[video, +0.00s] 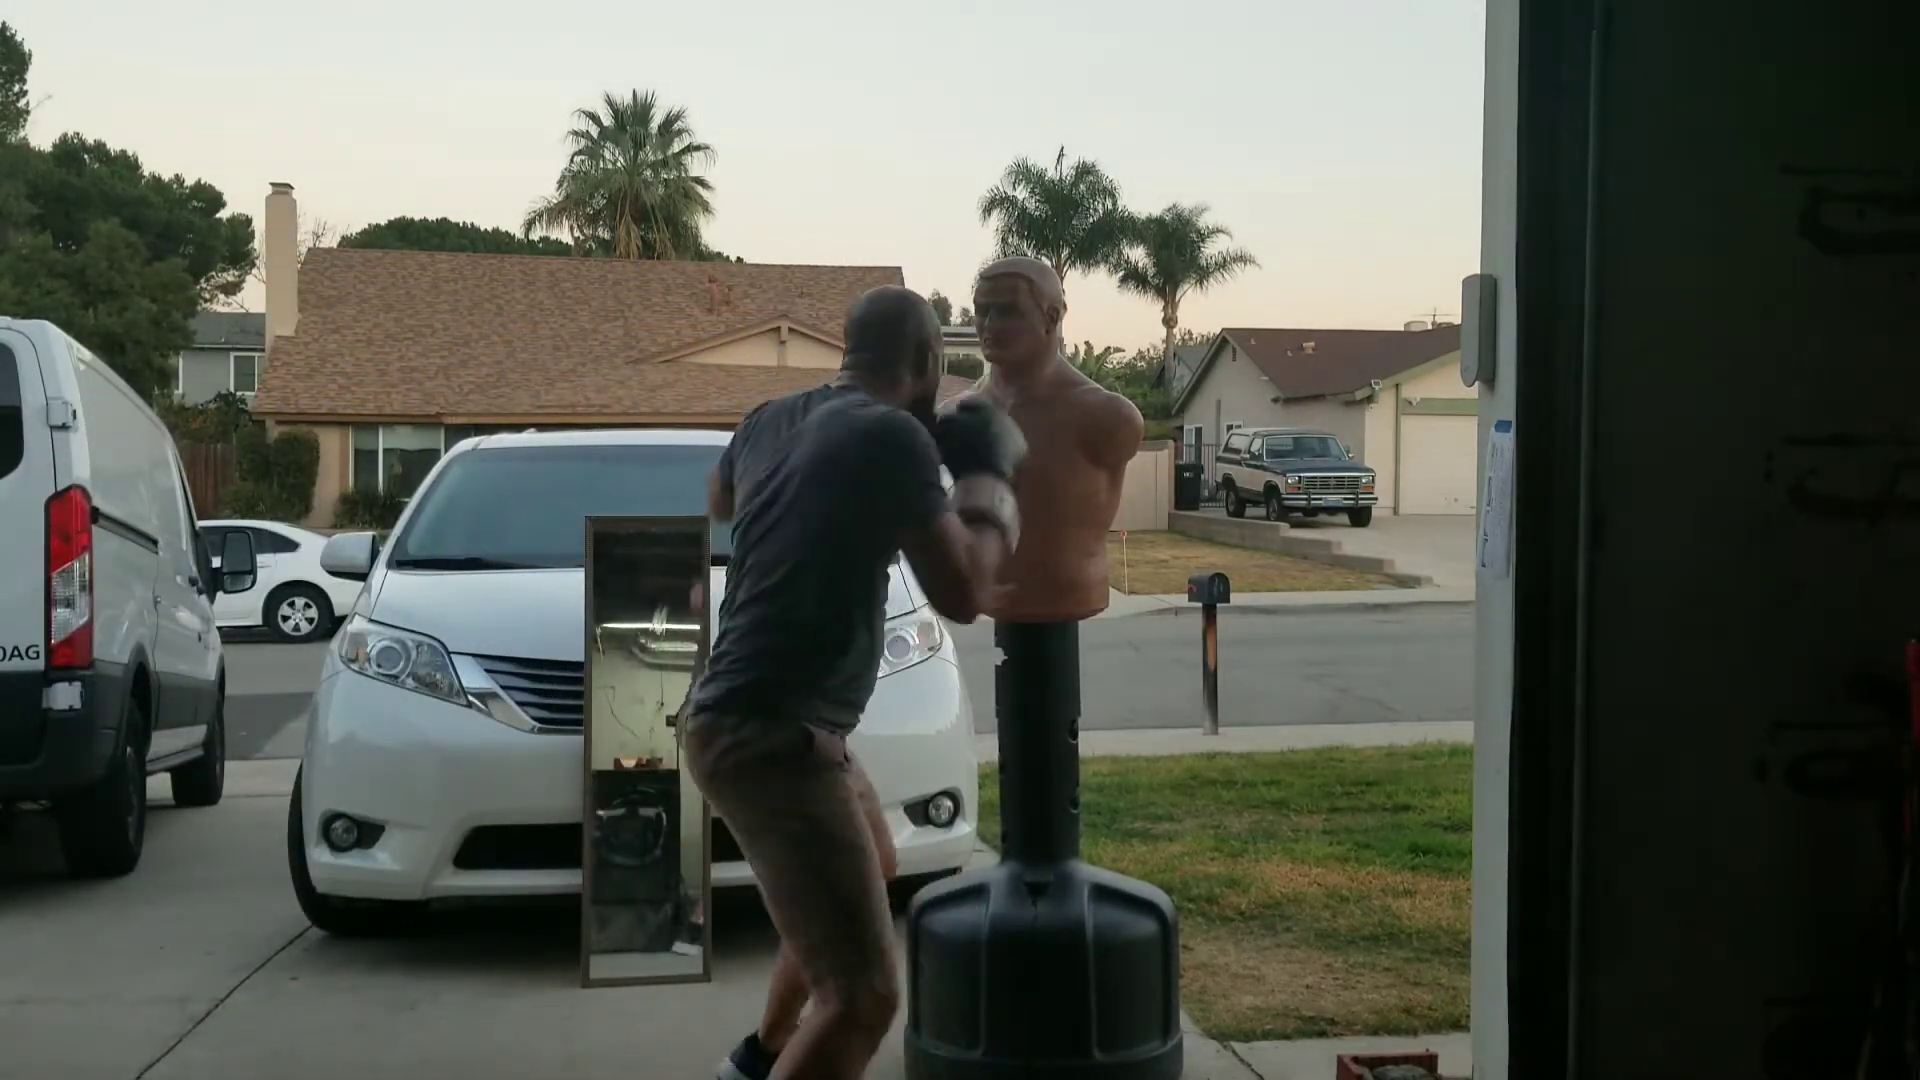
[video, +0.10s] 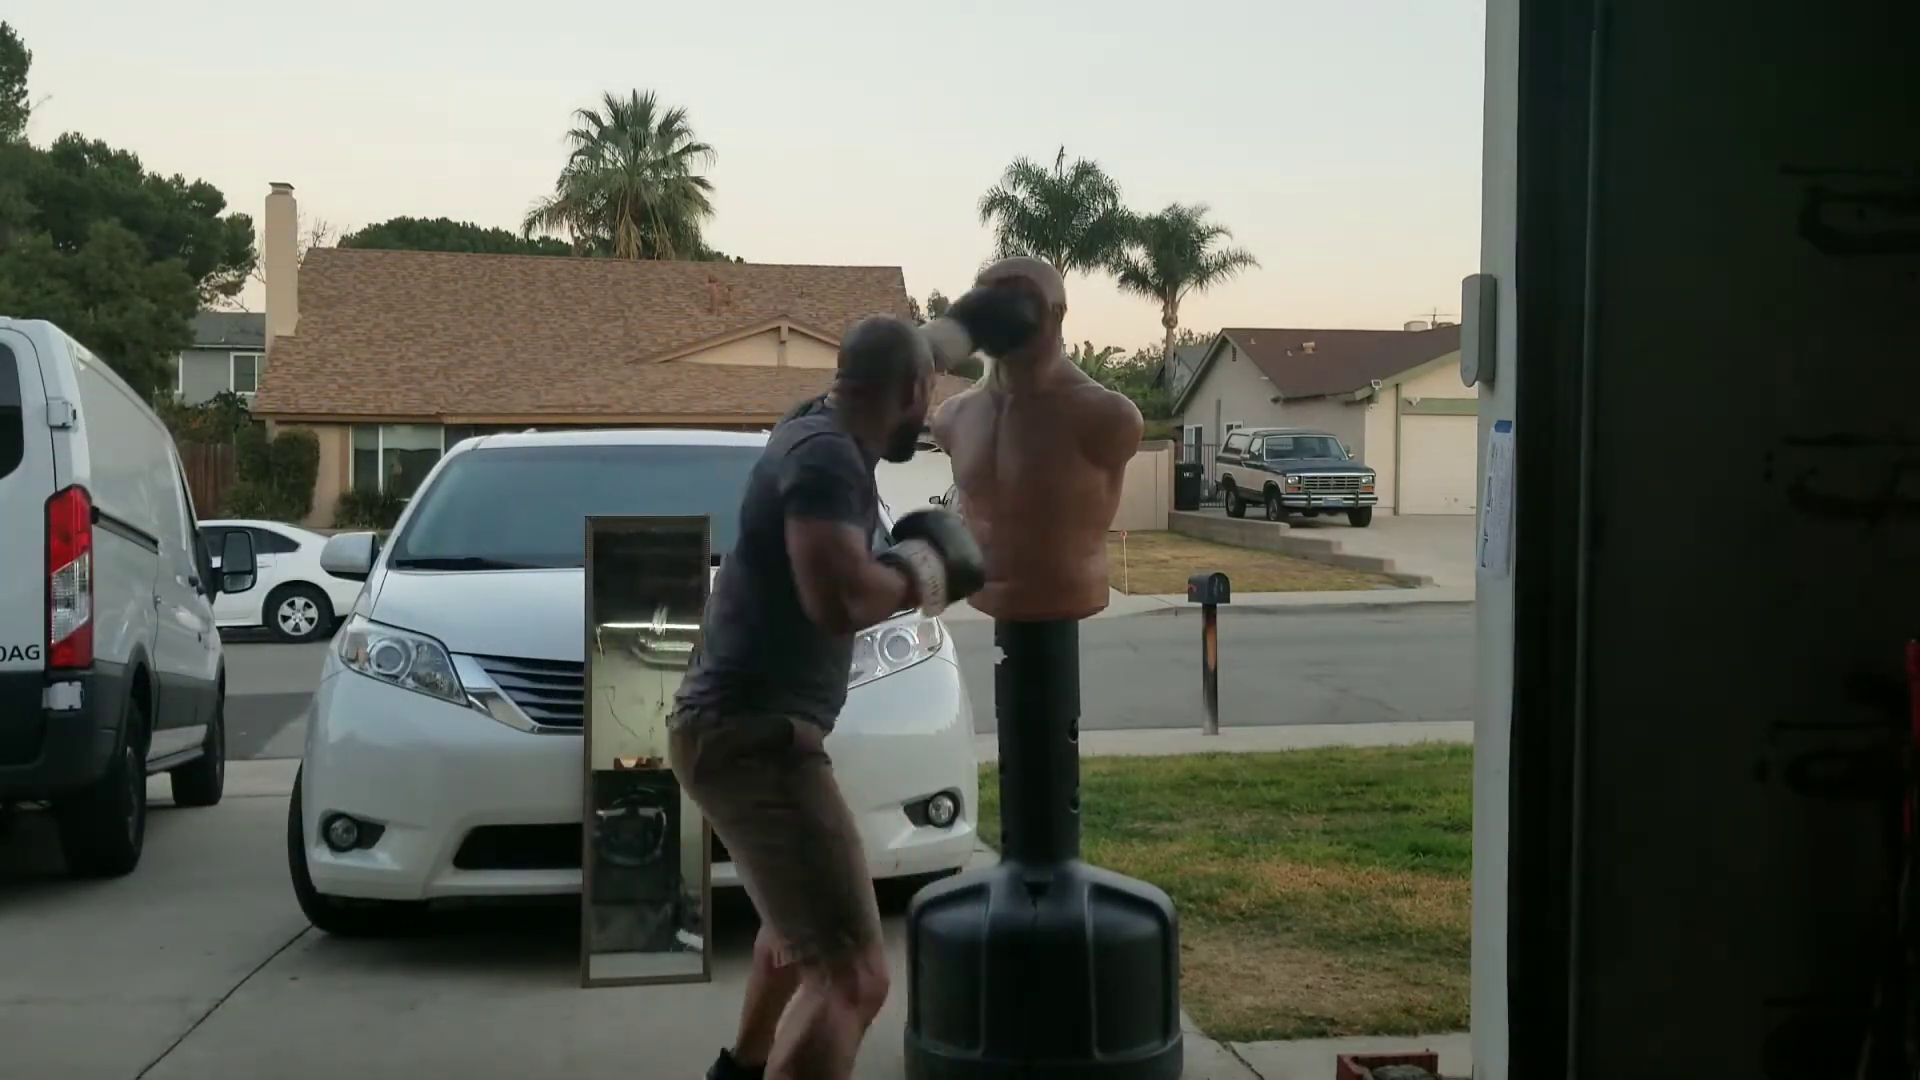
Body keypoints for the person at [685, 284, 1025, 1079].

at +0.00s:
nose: (938, 383)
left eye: (936, 369)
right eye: (937, 368)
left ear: (848, 356)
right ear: (920, 365)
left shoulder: (771, 419)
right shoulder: (892, 436)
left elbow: (722, 501)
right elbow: (963, 593)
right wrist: (990, 473)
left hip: (744, 715)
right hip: (772, 732)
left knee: (870, 853)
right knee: (863, 995)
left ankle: (768, 1053)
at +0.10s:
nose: (930, 401)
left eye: (930, 386)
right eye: (928, 385)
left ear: (852, 378)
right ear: (906, 390)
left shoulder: (818, 438)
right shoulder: (826, 455)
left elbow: (846, 569)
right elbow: (837, 598)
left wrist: (910, 554)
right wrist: (921, 576)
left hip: (734, 724)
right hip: (754, 732)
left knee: (793, 935)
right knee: (853, 980)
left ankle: (749, 1060)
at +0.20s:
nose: (897, 423)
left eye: (898, 411)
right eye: (896, 411)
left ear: (812, 403)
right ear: (878, 412)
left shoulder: (752, 452)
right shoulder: (838, 478)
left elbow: (883, 426)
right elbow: (914, 603)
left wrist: (945, 395)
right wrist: (952, 532)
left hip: (688, 734)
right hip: (762, 743)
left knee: (776, 896)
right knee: (817, 996)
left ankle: (770, 1055)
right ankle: (741, 1068)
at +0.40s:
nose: (868, 443)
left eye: (869, 433)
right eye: (866, 432)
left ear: (781, 426)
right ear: (848, 427)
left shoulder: (688, 490)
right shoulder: (863, 483)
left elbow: (638, 633)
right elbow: (985, 574)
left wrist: (717, 588)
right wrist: (996, 526)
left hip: (655, 737)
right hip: (735, 743)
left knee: (791, 842)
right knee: (721, 1000)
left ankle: (744, 1053)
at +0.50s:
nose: (872, 440)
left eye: (874, 427)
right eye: (870, 425)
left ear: (787, 417)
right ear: (846, 421)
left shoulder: (729, 473)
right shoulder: (808, 493)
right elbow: (890, 622)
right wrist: (917, 535)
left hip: (680, 724)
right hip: (692, 733)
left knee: (816, 846)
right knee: (680, 974)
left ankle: (756, 1058)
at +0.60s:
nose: (845, 449)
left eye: (851, 435)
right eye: (835, 432)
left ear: (831, 437)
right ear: (794, 423)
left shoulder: (809, 497)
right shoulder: (722, 483)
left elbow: (913, 496)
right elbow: (825, 583)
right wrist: (873, 479)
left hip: (690, 726)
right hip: (614, 705)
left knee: (809, 857)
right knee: (611, 929)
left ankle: (752, 1058)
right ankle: (520, 1074)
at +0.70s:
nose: (799, 458)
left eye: (797, 440)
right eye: (782, 434)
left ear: (788, 436)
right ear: (739, 416)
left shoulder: (775, 486)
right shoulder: (655, 471)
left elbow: (904, 487)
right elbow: (763, 543)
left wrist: (1025, 476)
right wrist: (793, 452)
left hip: (648, 731)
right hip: (563, 713)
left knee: (775, 854)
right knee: (553, 928)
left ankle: (744, 1060)